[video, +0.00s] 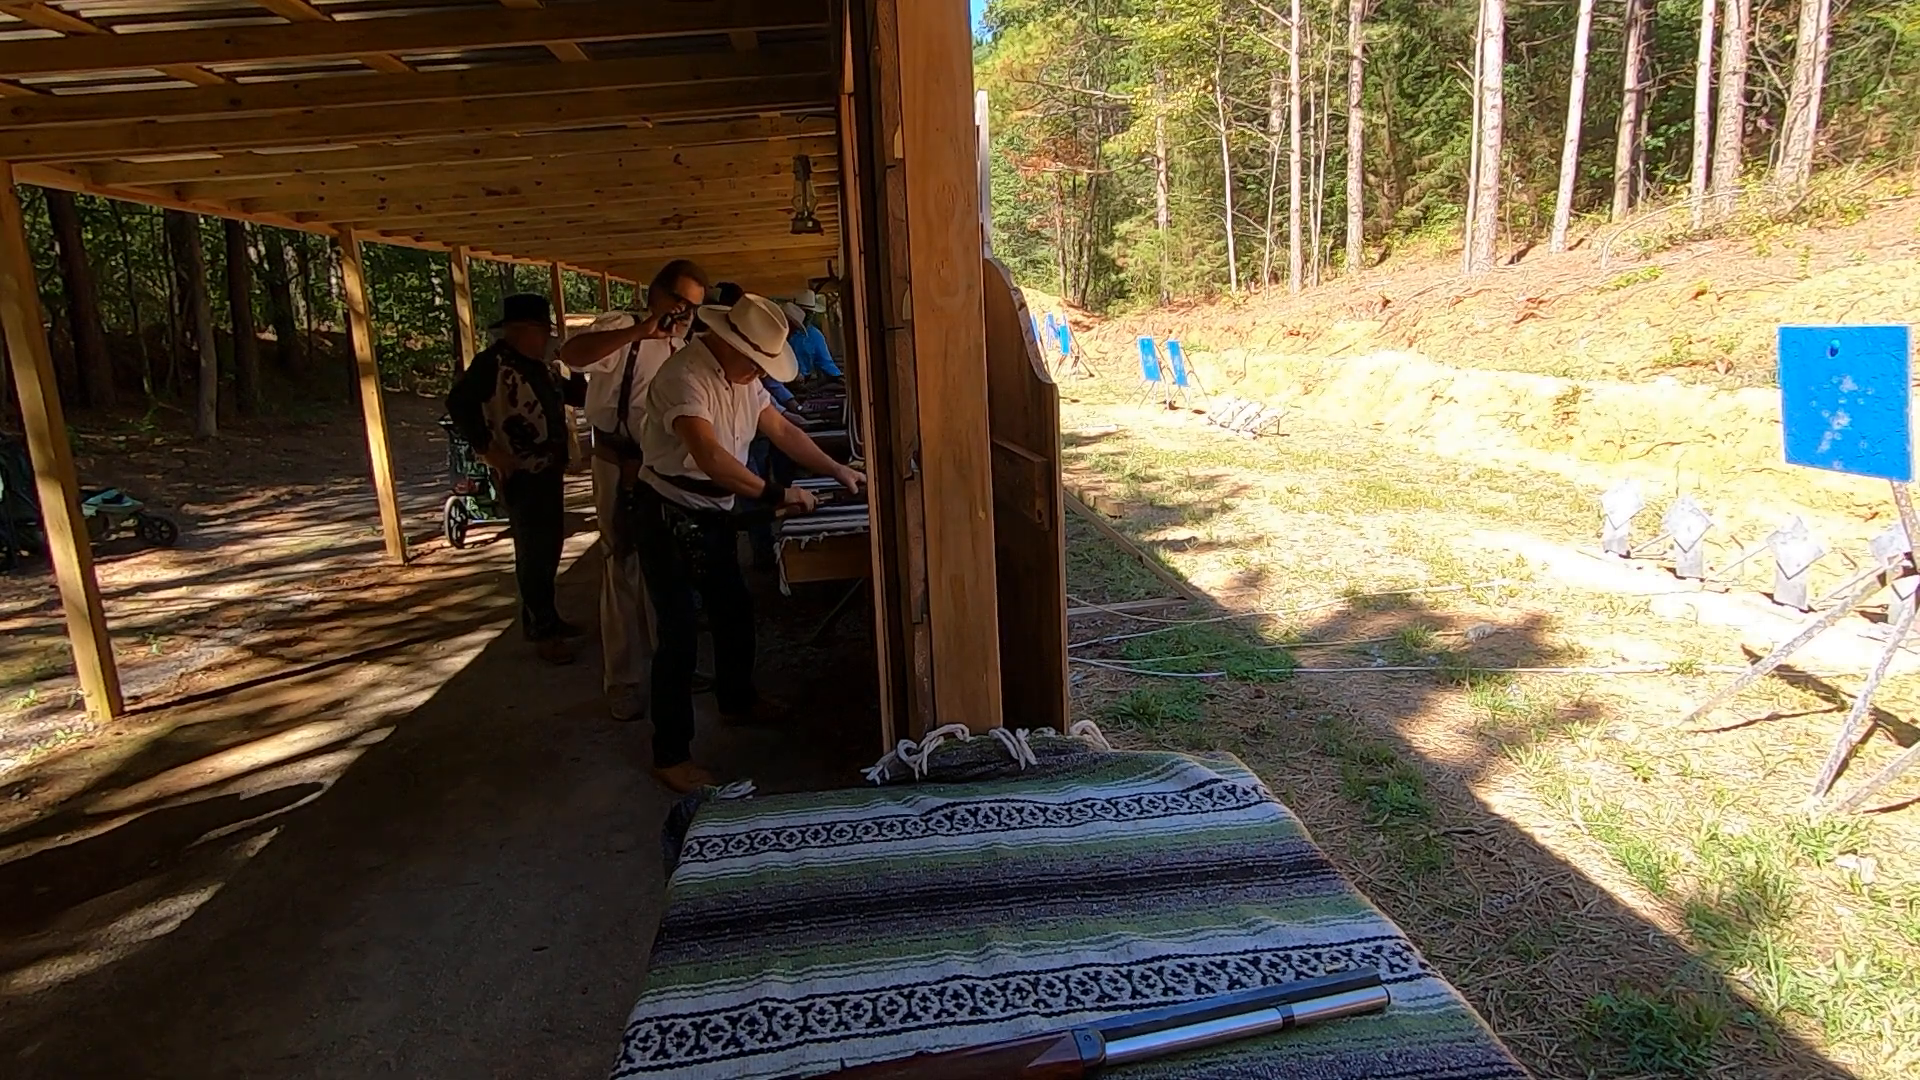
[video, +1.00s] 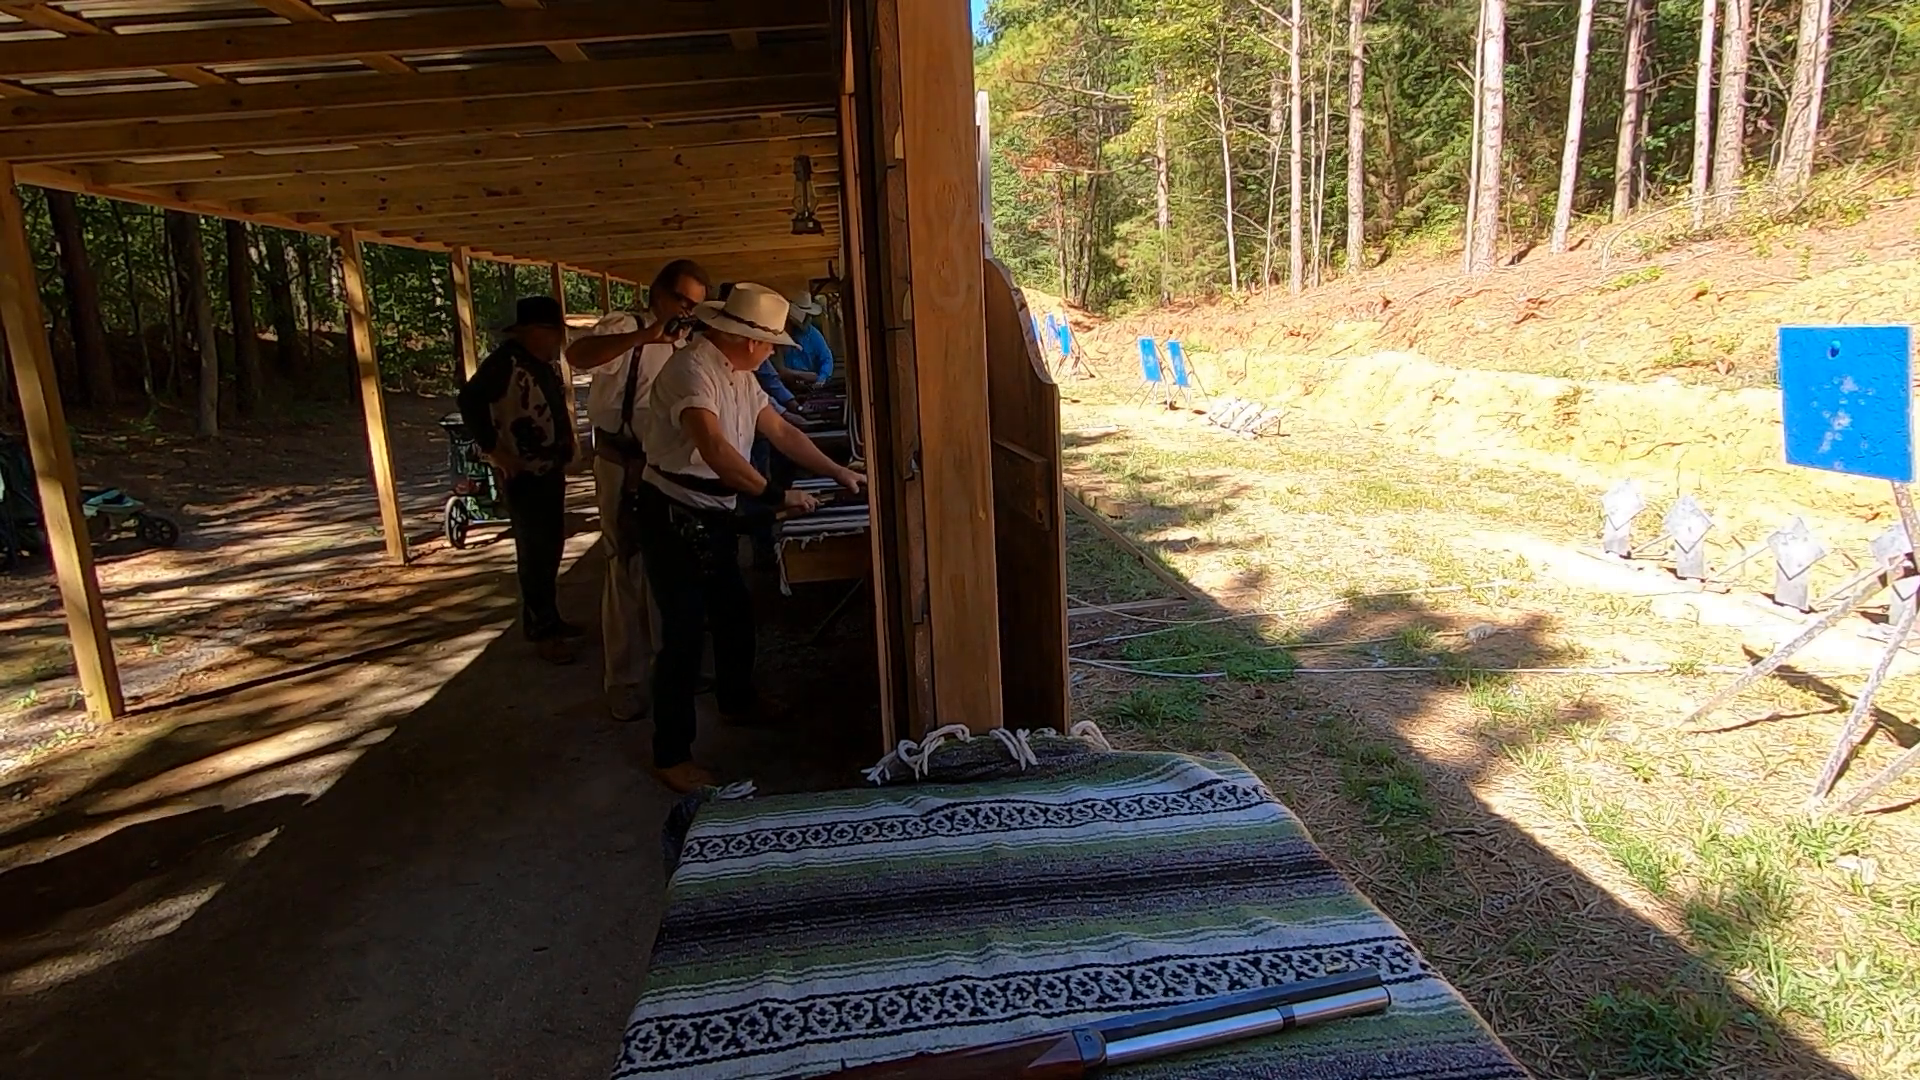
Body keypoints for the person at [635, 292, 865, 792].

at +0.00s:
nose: (759, 372)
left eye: (763, 366)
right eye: (754, 362)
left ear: (757, 358)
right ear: (728, 345)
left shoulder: (746, 379)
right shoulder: (684, 375)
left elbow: (781, 430)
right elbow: (705, 454)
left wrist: (837, 467)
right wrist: (773, 492)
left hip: (715, 514)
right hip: (665, 515)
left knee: (734, 613)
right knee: (679, 632)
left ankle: (738, 703)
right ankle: (670, 758)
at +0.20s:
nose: (761, 371)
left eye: (765, 364)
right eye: (757, 361)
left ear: (755, 354)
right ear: (729, 344)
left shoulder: (745, 378)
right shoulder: (685, 374)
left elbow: (782, 430)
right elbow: (706, 453)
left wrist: (837, 467)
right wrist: (772, 494)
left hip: (716, 514)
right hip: (665, 514)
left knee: (734, 614)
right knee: (680, 632)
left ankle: (738, 703)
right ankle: (671, 757)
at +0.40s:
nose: (769, 358)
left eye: (770, 350)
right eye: (765, 350)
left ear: (740, 347)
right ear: (739, 347)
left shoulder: (741, 373)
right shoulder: (686, 372)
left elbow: (780, 427)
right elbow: (708, 451)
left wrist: (838, 469)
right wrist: (772, 493)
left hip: (717, 512)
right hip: (668, 513)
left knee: (734, 614)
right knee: (684, 632)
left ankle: (738, 703)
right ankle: (671, 757)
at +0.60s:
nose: (768, 347)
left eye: (769, 339)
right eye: (766, 338)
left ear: (739, 337)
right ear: (745, 339)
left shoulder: (740, 372)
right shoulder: (689, 369)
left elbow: (781, 428)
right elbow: (712, 447)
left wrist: (837, 469)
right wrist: (775, 493)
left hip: (717, 514)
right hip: (672, 515)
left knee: (733, 615)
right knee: (686, 635)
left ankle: (738, 704)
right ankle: (671, 757)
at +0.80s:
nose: (770, 351)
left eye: (770, 342)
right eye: (769, 342)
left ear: (741, 338)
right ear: (750, 340)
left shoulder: (742, 375)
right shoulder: (689, 368)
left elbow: (782, 431)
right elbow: (713, 447)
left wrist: (837, 470)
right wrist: (775, 493)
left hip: (717, 515)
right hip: (671, 516)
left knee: (734, 615)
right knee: (685, 634)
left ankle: (738, 703)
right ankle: (671, 757)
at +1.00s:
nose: (771, 354)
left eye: (773, 346)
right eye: (770, 345)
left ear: (744, 340)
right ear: (750, 341)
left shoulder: (742, 375)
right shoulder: (690, 367)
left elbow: (780, 430)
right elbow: (711, 446)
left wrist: (838, 470)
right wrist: (774, 493)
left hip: (716, 514)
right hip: (670, 514)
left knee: (734, 613)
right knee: (685, 632)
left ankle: (739, 704)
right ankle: (671, 756)